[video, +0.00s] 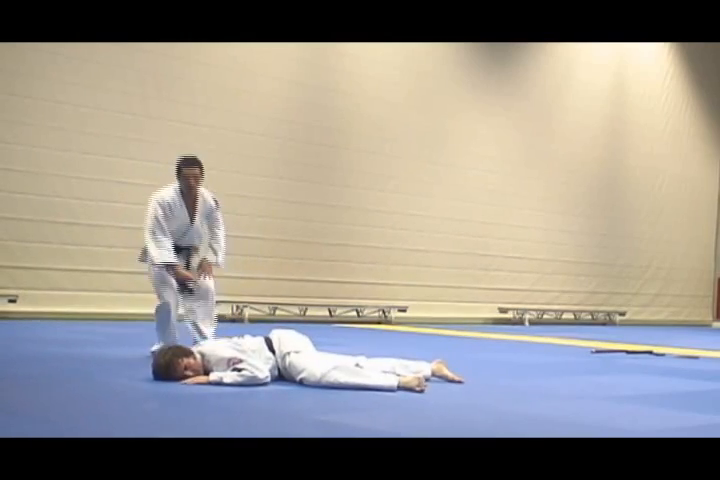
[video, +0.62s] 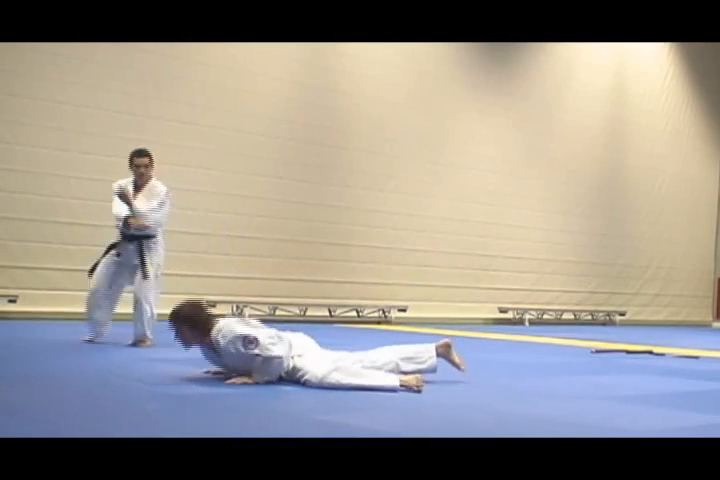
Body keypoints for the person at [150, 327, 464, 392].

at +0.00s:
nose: (189, 375)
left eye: (185, 370)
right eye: (183, 375)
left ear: (189, 359)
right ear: (184, 364)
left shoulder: (213, 351)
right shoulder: (203, 352)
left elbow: (259, 372)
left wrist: (214, 379)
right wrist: (207, 369)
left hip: (280, 348)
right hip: (280, 349)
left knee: (317, 373)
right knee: (350, 365)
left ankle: (400, 381)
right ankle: (427, 368)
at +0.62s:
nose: (177, 336)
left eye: (178, 331)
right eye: (175, 332)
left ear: (192, 327)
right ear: (192, 326)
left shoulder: (225, 335)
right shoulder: (210, 341)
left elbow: (274, 353)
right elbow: (246, 352)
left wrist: (256, 378)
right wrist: (231, 368)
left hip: (296, 357)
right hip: (291, 355)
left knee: (328, 376)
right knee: (359, 361)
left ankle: (398, 381)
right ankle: (436, 350)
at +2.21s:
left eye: (285, 208)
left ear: (288, 212)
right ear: (315, 203)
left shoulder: (284, 243)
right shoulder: (342, 219)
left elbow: (274, 295)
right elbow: (379, 246)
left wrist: (277, 340)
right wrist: (391, 286)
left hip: (332, 302)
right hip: (367, 285)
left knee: (323, 368)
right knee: (401, 330)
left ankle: (373, 367)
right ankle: (430, 370)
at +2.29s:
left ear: (299, 203)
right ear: (328, 197)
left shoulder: (288, 235)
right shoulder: (347, 214)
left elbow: (284, 287)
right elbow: (378, 247)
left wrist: (293, 327)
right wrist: (389, 279)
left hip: (325, 301)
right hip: (360, 285)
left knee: (319, 368)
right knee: (402, 316)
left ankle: (363, 363)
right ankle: (419, 368)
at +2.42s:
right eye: (345, 189)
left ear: (315, 194)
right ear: (344, 191)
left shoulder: (300, 223)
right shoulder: (356, 211)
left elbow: (295, 272)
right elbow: (372, 251)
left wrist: (303, 321)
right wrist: (388, 279)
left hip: (315, 294)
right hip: (352, 286)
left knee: (315, 362)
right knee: (412, 310)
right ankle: (408, 371)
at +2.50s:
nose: (356, 194)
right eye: (356, 190)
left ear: (325, 193)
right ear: (354, 192)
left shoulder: (308, 221)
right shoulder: (361, 212)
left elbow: (301, 268)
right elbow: (373, 255)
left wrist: (307, 310)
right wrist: (390, 282)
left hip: (318, 298)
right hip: (351, 290)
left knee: (324, 367)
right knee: (417, 307)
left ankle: (304, 356)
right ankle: (408, 372)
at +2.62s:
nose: (372, 194)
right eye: (370, 190)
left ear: (340, 193)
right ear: (369, 193)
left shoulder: (320, 222)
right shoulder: (371, 214)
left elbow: (311, 267)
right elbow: (378, 258)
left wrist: (314, 302)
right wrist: (397, 284)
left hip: (322, 295)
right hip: (354, 290)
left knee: (323, 367)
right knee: (421, 305)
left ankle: (288, 360)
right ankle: (409, 372)